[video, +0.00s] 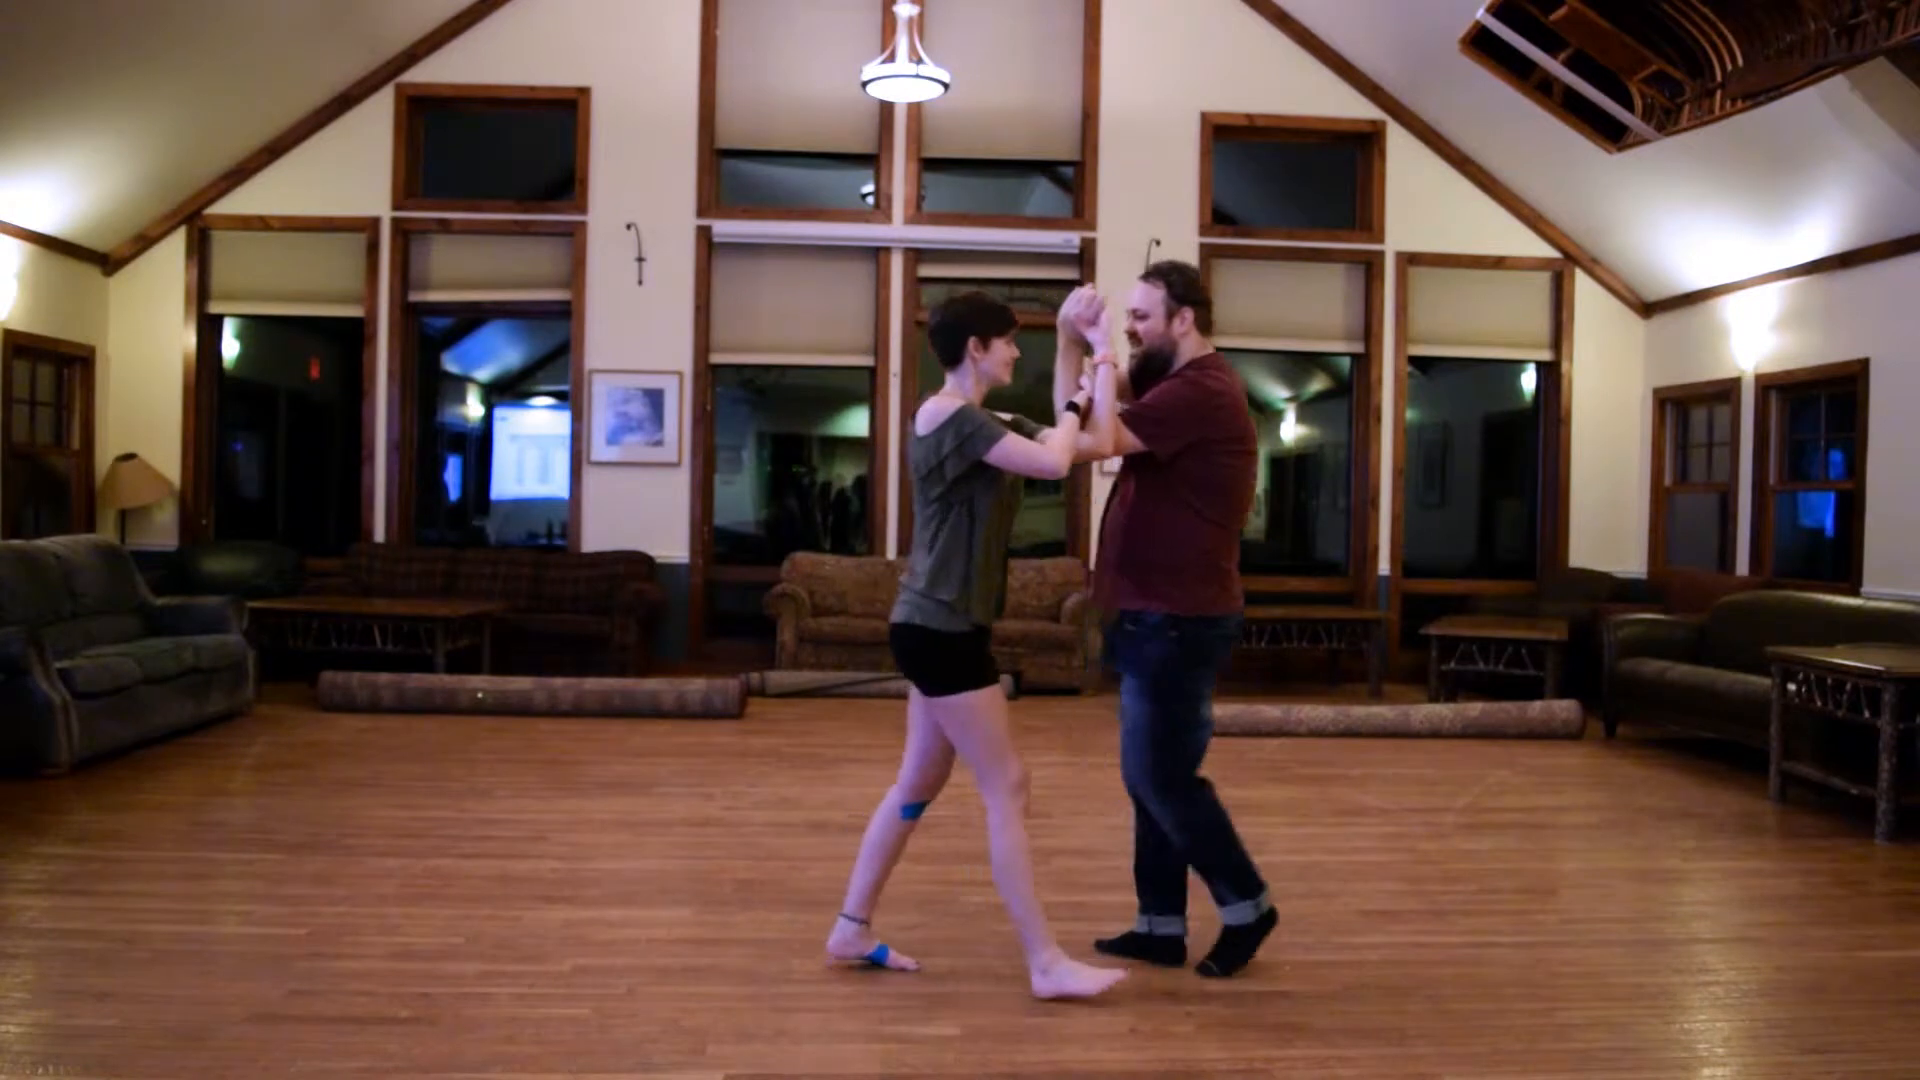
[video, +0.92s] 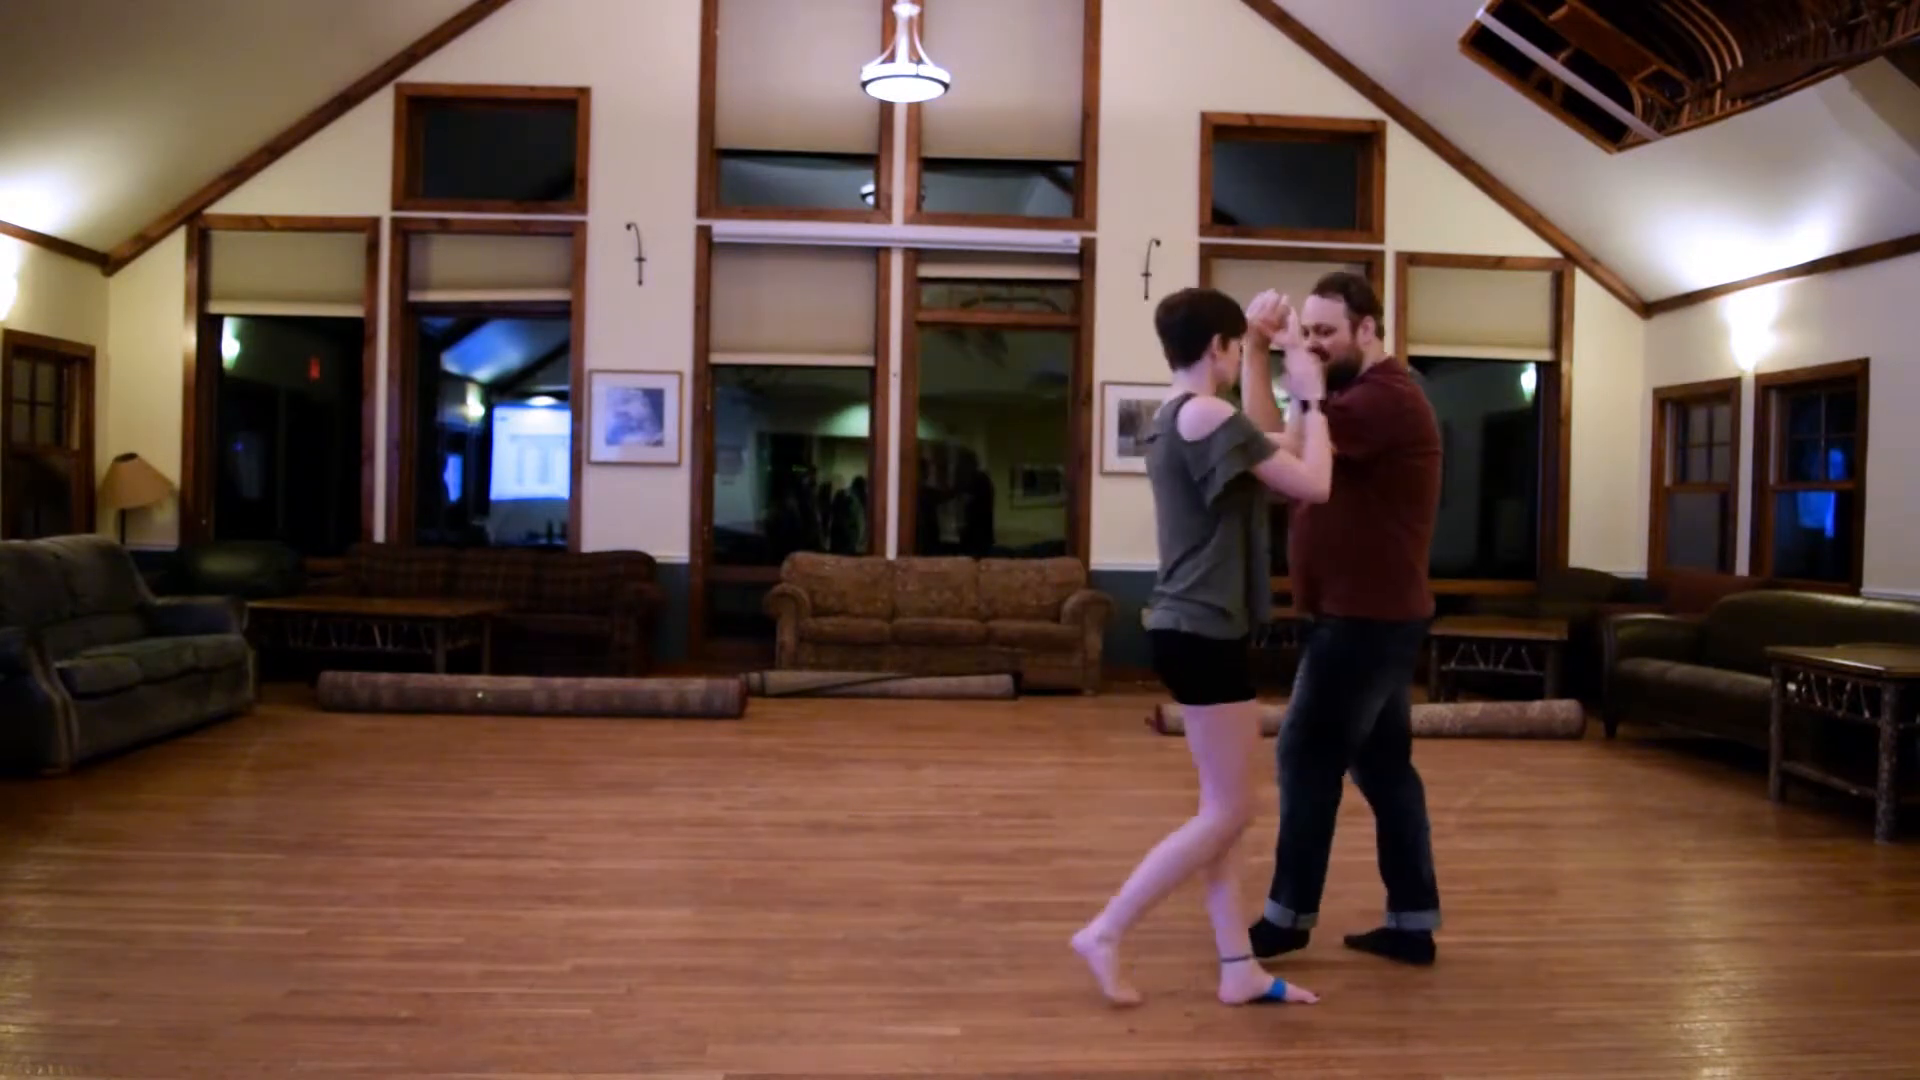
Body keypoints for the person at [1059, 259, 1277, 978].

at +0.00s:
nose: (1132, 330)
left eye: (1142, 317)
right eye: (1131, 317)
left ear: (1183, 318)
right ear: (1170, 320)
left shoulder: (1205, 387)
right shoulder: (1164, 376)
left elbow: (1105, 438)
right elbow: (1076, 418)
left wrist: (1103, 362)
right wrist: (1079, 342)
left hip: (1183, 615)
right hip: (1148, 611)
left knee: (1159, 774)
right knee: (1151, 773)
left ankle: (1247, 907)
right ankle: (1160, 926)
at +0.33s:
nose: (1197, 333)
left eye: (1209, 319)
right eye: (1194, 320)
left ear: (1251, 319)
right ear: (1231, 320)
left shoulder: (1277, 385)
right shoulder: (1229, 378)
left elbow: (1178, 440)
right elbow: (1147, 426)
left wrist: (1168, 358)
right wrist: (1149, 347)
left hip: (1259, 619)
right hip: (1211, 615)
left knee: (1248, 772)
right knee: (1186, 749)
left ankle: (1264, 929)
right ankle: (1241, 896)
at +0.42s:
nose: (1219, 331)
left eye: (1232, 317)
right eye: (1215, 319)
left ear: (1276, 318)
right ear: (1225, 323)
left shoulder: (1296, 385)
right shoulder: (1247, 382)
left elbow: (1196, 440)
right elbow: (1167, 426)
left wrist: (1191, 362)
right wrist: (1168, 346)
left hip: (1275, 613)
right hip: (1231, 609)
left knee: (1258, 773)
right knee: (1217, 757)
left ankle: (1260, 932)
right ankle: (1307, 878)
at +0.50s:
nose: (1239, 332)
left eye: (1253, 318)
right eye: (1234, 320)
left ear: (1296, 322)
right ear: (1239, 327)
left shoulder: (1312, 389)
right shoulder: (1269, 383)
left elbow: (1219, 439)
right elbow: (1185, 427)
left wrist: (1217, 359)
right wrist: (1182, 345)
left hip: (1288, 613)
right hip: (1253, 610)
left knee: (1263, 772)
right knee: (1269, 765)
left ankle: (1263, 932)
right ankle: (1361, 887)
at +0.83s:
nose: (1299, 347)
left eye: (1312, 333)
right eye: (1295, 334)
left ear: (1356, 332)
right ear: (1304, 336)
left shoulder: (1373, 399)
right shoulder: (1342, 395)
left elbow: (1282, 450)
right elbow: (1254, 433)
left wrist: (1283, 370)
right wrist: (1245, 349)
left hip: (1355, 622)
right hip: (1356, 618)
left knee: (1306, 771)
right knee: (1379, 771)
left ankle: (1274, 930)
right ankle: (1411, 925)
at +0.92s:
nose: (1307, 346)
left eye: (1322, 333)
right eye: (1304, 334)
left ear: (1367, 331)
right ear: (1311, 334)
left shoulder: (1387, 397)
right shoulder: (1353, 393)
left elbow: (1298, 449)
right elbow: (1268, 436)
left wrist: (1302, 377)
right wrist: (1257, 346)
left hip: (1366, 619)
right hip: (1366, 615)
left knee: (1305, 758)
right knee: (1386, 769)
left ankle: (1288, 918)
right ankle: (1412, 924)